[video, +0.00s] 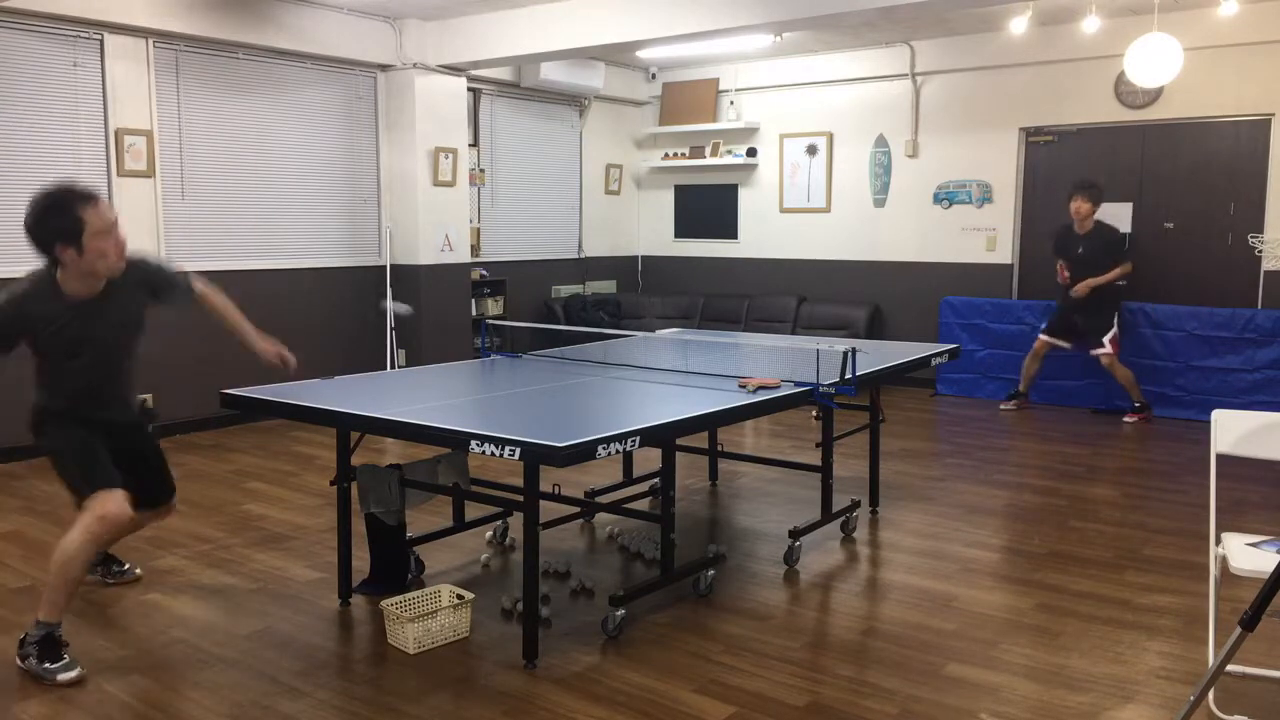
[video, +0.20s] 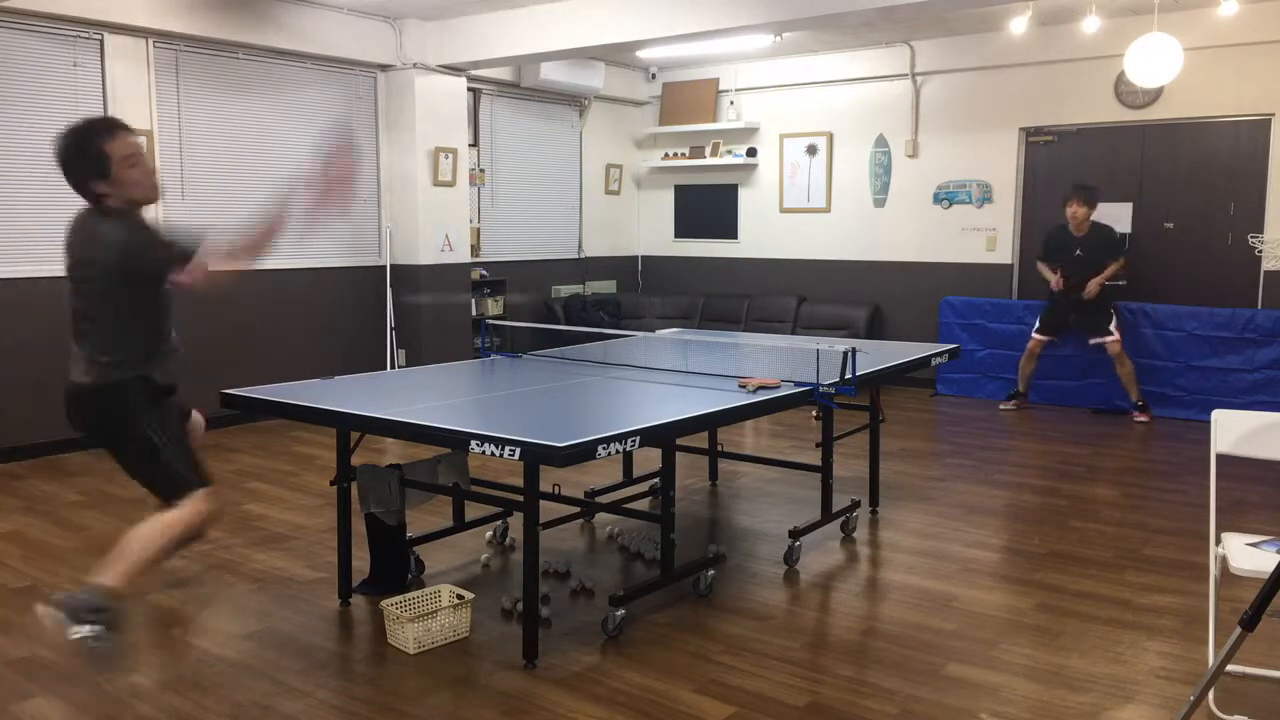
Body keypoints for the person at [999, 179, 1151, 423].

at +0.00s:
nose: (1076, 207)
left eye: (1083, 202)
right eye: (1074, 201)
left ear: (1094, 208)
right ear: (1069, 205)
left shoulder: (1109, 235)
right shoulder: (1064, 234)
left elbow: (1126, 267)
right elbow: (1060, 262)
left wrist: (1090, 283)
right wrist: (1063, 274)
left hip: (1101, 304)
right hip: (1070, 303)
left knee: (1108, 360)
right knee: (1039, 347)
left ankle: (1140, 404)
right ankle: (1021, 394)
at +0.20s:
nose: (1073, 211)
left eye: (1080, 206)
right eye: (1070, 205)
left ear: (1091, 211)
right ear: (1065, 208)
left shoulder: (1105, 234)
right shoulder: (1055, 235)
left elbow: (1119, 261)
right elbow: (1041, 262)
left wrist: (1099, 280)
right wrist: (1051, 277)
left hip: (1095, 299)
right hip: (1061, 298)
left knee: (1116, 351)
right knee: (1033, 347)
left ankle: (1138, 403)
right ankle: (1020, 393)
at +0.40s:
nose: (1106, 218)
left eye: (1111, 212)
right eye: (1102, 212)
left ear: (1117, 215)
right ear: (1092, 212)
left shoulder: (1122, 240)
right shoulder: (1077, 240)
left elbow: (1126, 277)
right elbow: (1065, 279)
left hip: (1105, 306)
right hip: (1070, 306)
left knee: (1134, 347)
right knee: (1040, 352)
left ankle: (1140, 404)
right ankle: (1018, 393)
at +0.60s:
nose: (1164, 232)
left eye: (1167, 228)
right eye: (1164, 227)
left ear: (1154, 222)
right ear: (1157, 223)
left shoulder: (1150, 244)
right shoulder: (1136, 245)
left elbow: (1155, 279)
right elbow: (1154, 281)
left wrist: (1182, 287)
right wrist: (1188, 271)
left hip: (1133, 313)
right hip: (1109, 313)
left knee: (1167, 351)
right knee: (1084, 364)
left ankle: (1147, 407)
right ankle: (1028, 387)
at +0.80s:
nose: (1203, 214)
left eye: (1205, 208)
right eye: (1203, 208)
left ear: (1187, 204)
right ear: (1191, 204)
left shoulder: (1171, 226)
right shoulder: (1168, 230)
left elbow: (1142, 236)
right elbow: (1149, 273)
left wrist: (1183, 254)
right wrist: (1140, 310)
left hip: (1165, 298)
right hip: (1154, 300)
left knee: (1175, 348)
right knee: (1195, 331)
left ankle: (1148, 404)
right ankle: (1137, 360)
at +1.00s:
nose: (1225, 164)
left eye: (1225, 159)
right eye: (1221, 159)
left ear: (1199, 159)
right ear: (1208, 160)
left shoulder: (1181, 182)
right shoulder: (1194, 188)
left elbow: (1153, 207)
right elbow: (1174, 230)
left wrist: (1183, 218)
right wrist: (1175, 270)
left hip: (1167, 266)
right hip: (1183, 265)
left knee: (1181, 326)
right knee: (1228, 303)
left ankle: (1160, 385)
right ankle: (1217, 362)